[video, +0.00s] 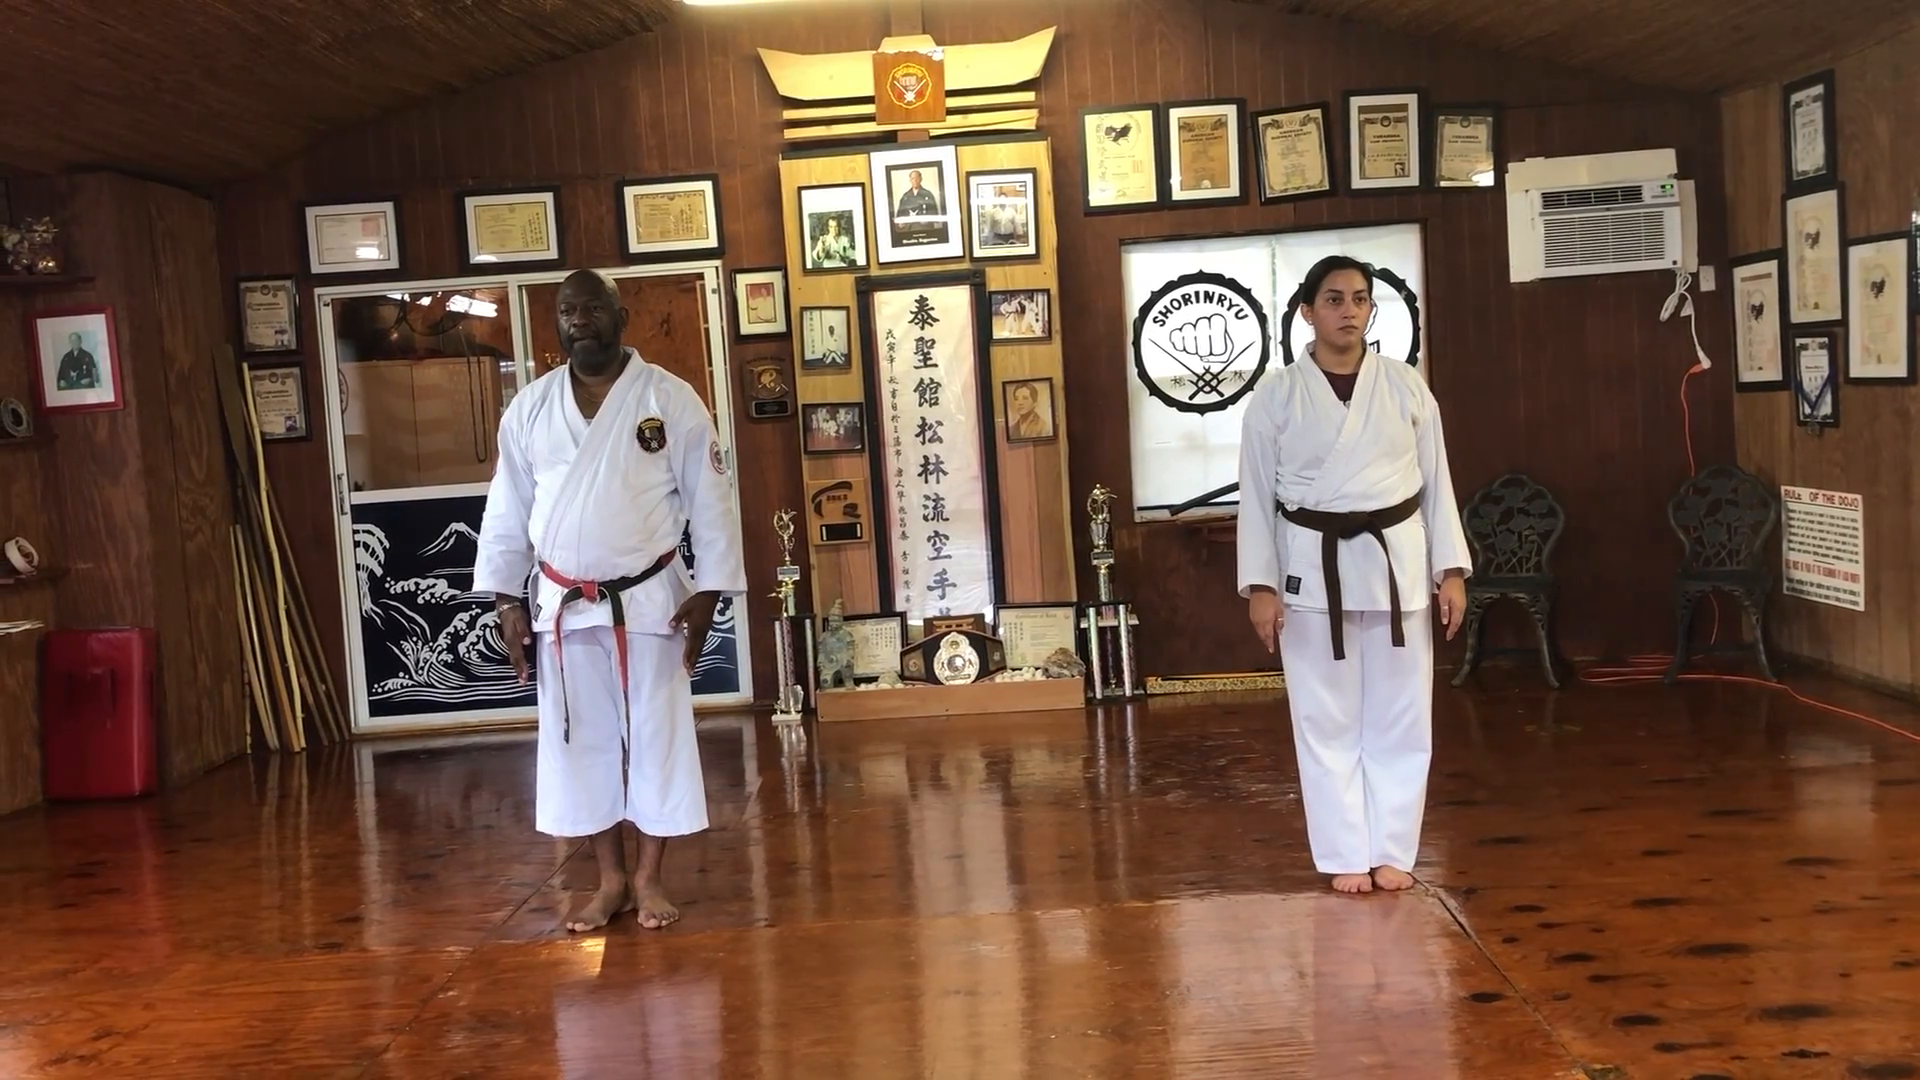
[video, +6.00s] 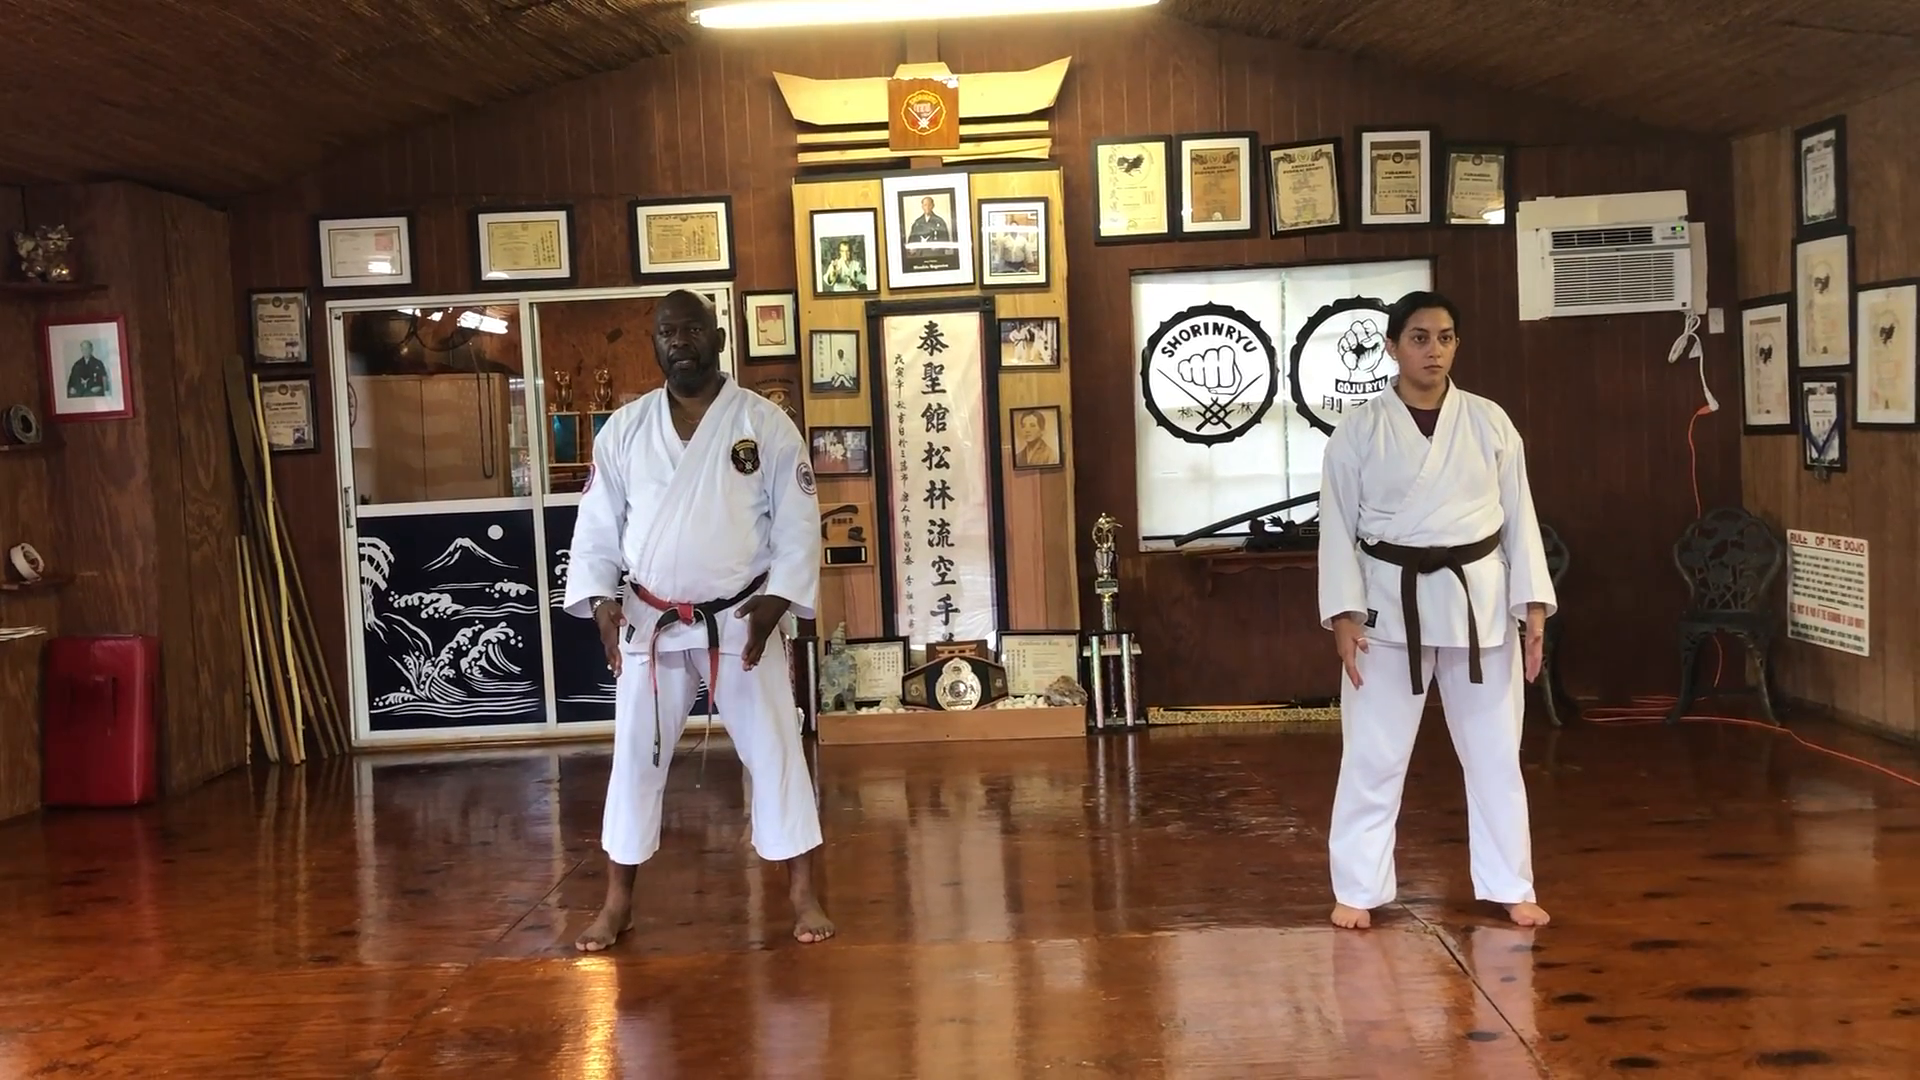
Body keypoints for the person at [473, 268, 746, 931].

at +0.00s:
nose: (581, 322)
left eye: (593, 310)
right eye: (570, 313)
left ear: (622, 318)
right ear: (556, 327)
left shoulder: (669, 398)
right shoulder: (528, 409)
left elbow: (711, 498)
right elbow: (508, 509)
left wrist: (711, 591)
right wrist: (506, 601)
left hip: (649, 592)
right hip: (563, 598)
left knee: (653, 735)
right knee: (583, 736)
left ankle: (647, 879)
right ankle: (610, 880)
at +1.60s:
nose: (565, 423)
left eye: (577, 409)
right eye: (553, 412)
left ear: (604, 392)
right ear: (539, 406)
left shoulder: (664, 433)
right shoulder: (518, 447)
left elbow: (719, 515)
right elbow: (516, 537)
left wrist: (706, 605)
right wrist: (537, 620)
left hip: (662, 614)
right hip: (578, 619)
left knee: (665, 747)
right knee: (592, 747)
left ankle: (651, 881)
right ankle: (613, 883)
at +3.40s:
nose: (581, 322)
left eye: (593, 310)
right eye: (571, 313)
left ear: (624, 318)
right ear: (559, 328)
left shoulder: (676, 399)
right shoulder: (532, 411)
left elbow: (712, 501)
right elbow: (516, 511)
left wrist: (704, 592)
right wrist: (524, 600)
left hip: (655, 591)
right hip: (571, 599)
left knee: (658, 734)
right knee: (590, 735)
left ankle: (654, 880)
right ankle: (617, 880)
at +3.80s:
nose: (592, 324)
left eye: (603, 310)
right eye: (579, 314)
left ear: (631, 316)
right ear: (566, 326)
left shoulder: (682, 394)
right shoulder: (541, 413)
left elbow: (728, 491)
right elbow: (526, 512)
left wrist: (733, 579)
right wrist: (533, 604)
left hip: (680, 585)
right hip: (591, 597)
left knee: (712, 723)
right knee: (600, 735)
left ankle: (747, 868)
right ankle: (620, 881)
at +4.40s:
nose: (693, 328)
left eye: (704, 316)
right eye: (680, 319)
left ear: (730, 323)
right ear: (664, 333)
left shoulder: (779, 406)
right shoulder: (637, 413)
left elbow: (815, 502)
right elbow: (615, 507)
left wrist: (797, 576)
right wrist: (619, 586)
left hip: (761, 594)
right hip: (668, 599)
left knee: (794, 734)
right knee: (651, 743)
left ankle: (815, 877)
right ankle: (626, 888)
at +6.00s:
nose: (681, 343)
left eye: (693, 331)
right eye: (669, 334)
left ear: (719, 338)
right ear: (653, 346)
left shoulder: (764, 423)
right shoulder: (624, 428)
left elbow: (798, 521)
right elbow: (598, 519)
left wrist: (776, 596)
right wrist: (601, 595)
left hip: (741, 613)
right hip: (651, 617)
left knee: (776, 751)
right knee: (633, 756)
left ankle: (805, 894)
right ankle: (615, 905)